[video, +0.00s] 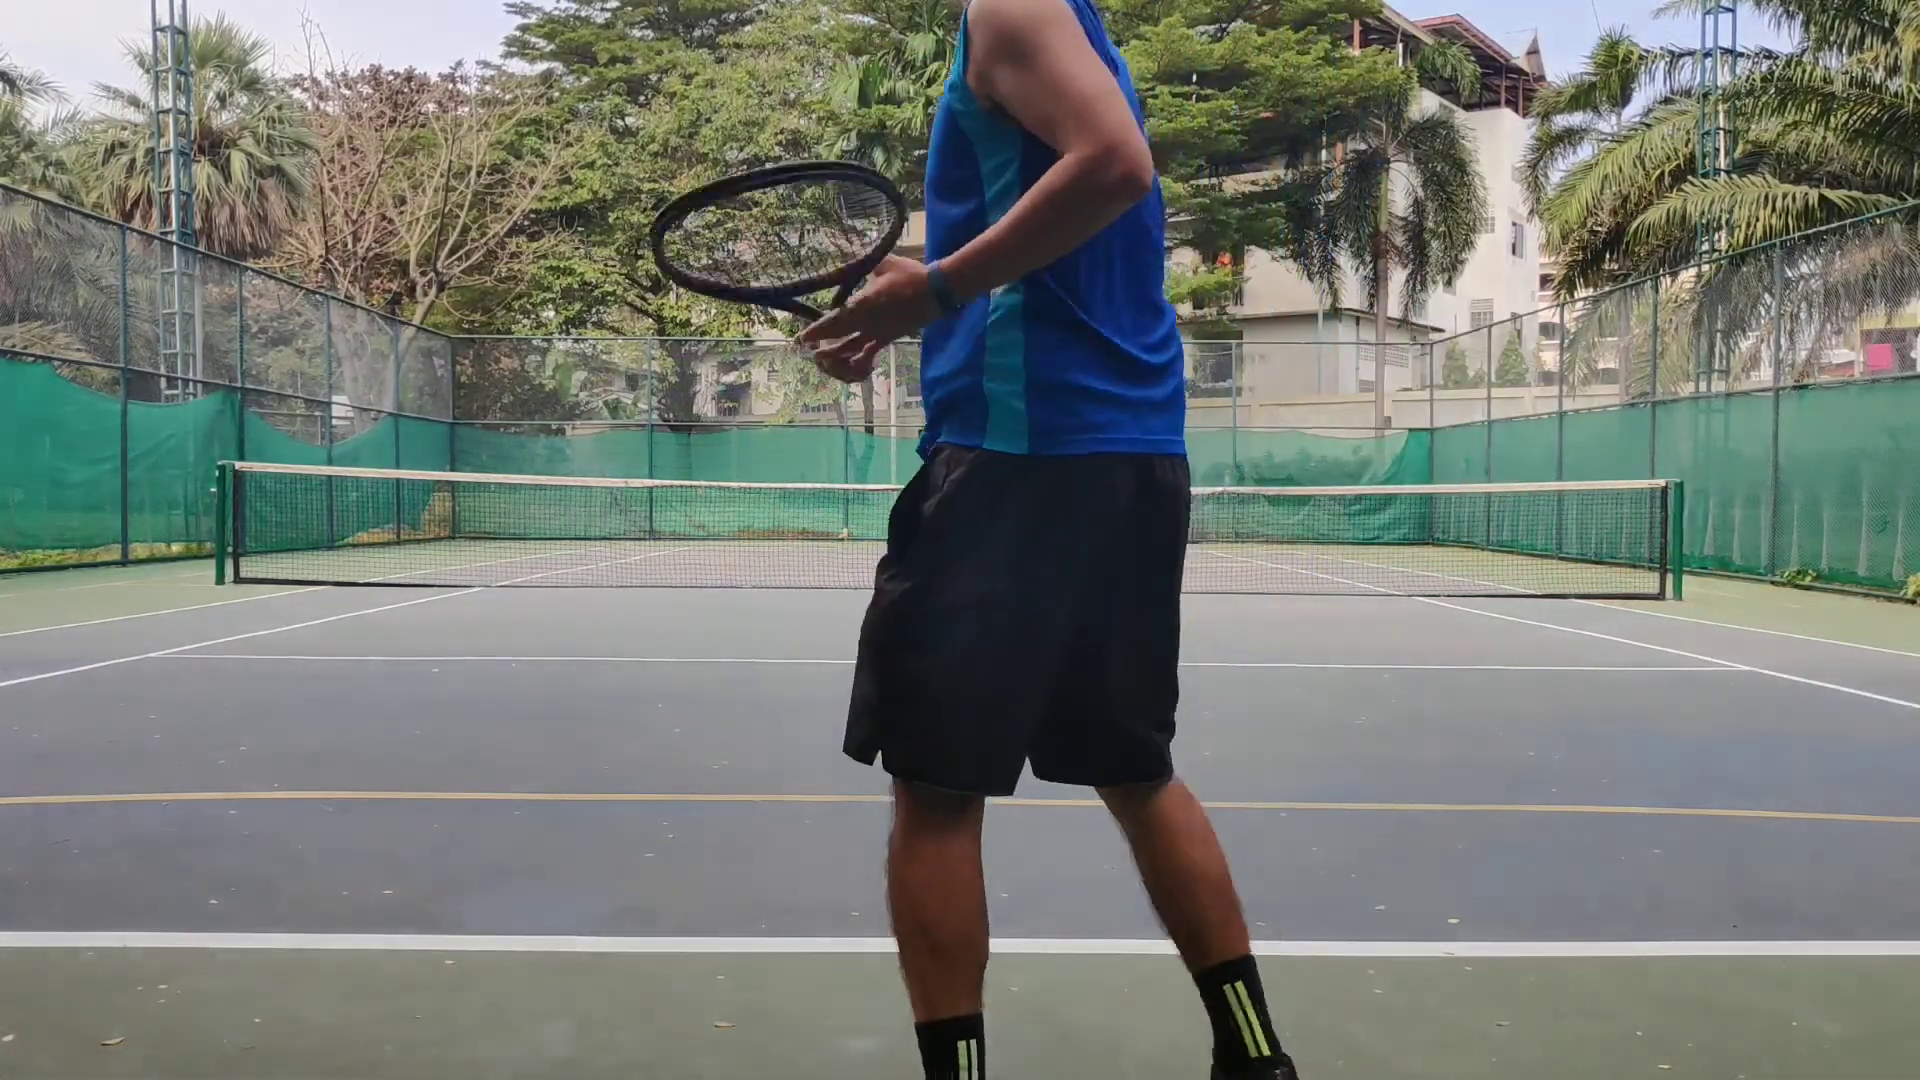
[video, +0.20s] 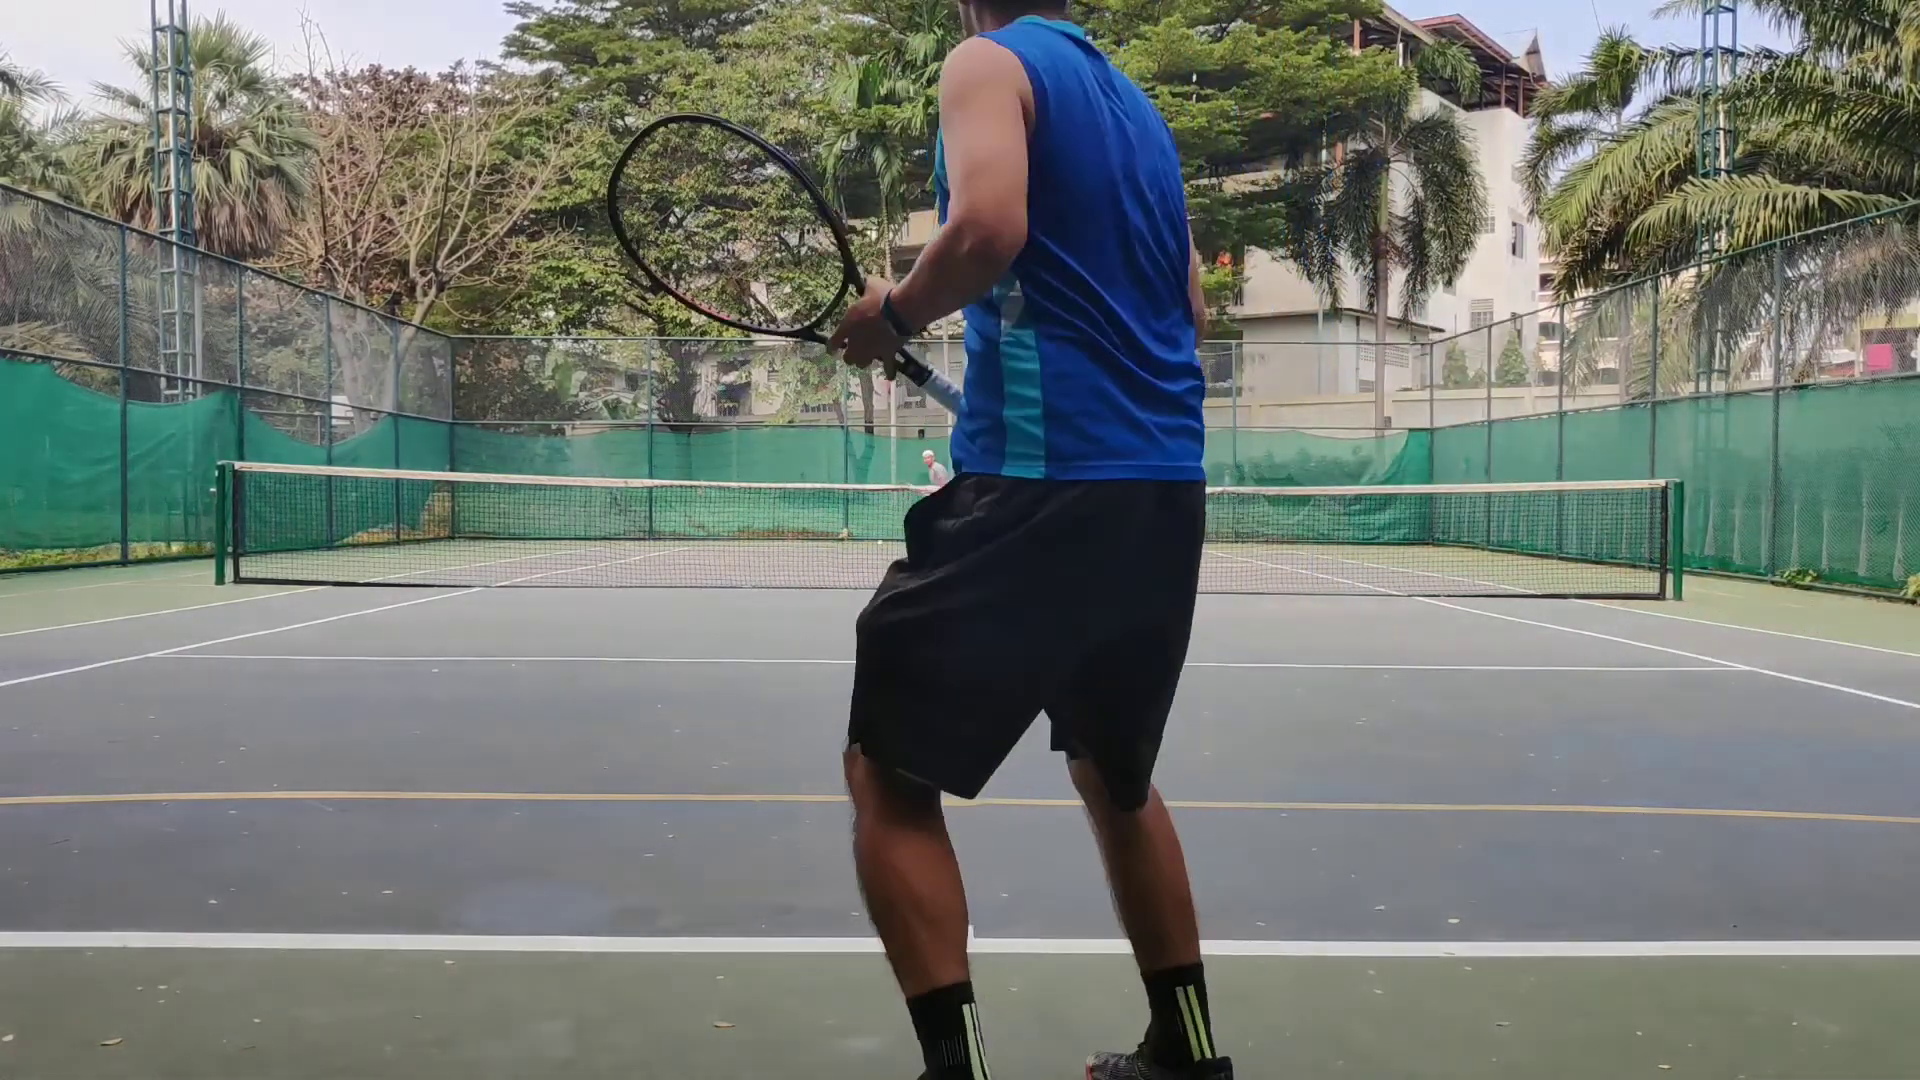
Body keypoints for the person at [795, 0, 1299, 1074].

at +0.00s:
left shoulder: (1009, 16)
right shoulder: (1084, 40)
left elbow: (1114, 158)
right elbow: (1063, 266)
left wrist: (938, 281)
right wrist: (916, 291)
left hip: (1011, 469)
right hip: (1136, 469)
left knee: (936, 792)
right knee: (1133, 762)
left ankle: (954, 1076)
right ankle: (1254, 1052)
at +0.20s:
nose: (957, 21)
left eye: (956, 13)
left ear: (968, 3)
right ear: (1064, 1)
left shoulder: (987, 62)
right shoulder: (1140, 106)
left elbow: (990, 228)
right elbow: (1184, 306)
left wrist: (895, 314)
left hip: (1030, 489)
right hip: (1162, 496)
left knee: (890, 774)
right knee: (1116, 768)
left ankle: (952, 1065)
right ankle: (1187, 1045)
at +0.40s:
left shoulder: (932, 27)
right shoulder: (1159, 64)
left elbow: (881, 199)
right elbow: (1239, 235)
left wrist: (920, 273)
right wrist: (1143, 312)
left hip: (987, 430)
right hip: (1144, 443)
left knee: (865, 713)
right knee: (1144, 730)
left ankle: (842, 1026)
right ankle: (1195, 1022)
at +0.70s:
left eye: (910, 16)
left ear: (910, 21)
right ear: (1024, 29)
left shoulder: (837, 132)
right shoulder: (1093, 154)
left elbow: (768, 305)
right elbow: (1151, 337)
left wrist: (857, 337)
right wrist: (1058, 421)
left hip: (879, 540)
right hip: (1043, 547)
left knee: (763, 792)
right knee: (1120, 782)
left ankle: (655, 1064)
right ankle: (1247, 1047)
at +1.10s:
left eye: (802, 39)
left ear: (795, 57)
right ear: (908, 66)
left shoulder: (708, 165)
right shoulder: (972, 178)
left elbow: (610, 338)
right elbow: (1010, 382)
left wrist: (706, 385)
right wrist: (928, 464)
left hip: (717, 566)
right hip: (899, 582)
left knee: (630, 799)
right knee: (1028, 822)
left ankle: (529, 1061)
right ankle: (1120, 1072)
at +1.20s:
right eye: (849, 97)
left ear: (718, 80)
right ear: (836, 96)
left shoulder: (629, 184)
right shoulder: (860, 195)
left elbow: (557, 382)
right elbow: (882, 389)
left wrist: (652, 447)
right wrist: (832, 518)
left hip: (597, 576)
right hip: (775, 587)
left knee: (598, 808)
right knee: (943, 835)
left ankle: (547, 1063)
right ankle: (1098, 1066)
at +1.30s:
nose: (756, 85)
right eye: (755, 65)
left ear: (636, 53)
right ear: (747, 67)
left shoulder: (563, 149)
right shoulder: (721, 160)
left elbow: (579, 371)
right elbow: (734, 360)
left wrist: (732, 416)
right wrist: (747, 512)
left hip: (440, 527)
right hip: (596, 533)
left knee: (558, 783)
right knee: (803, 777)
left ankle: (542, 1064)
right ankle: (872, 1067)